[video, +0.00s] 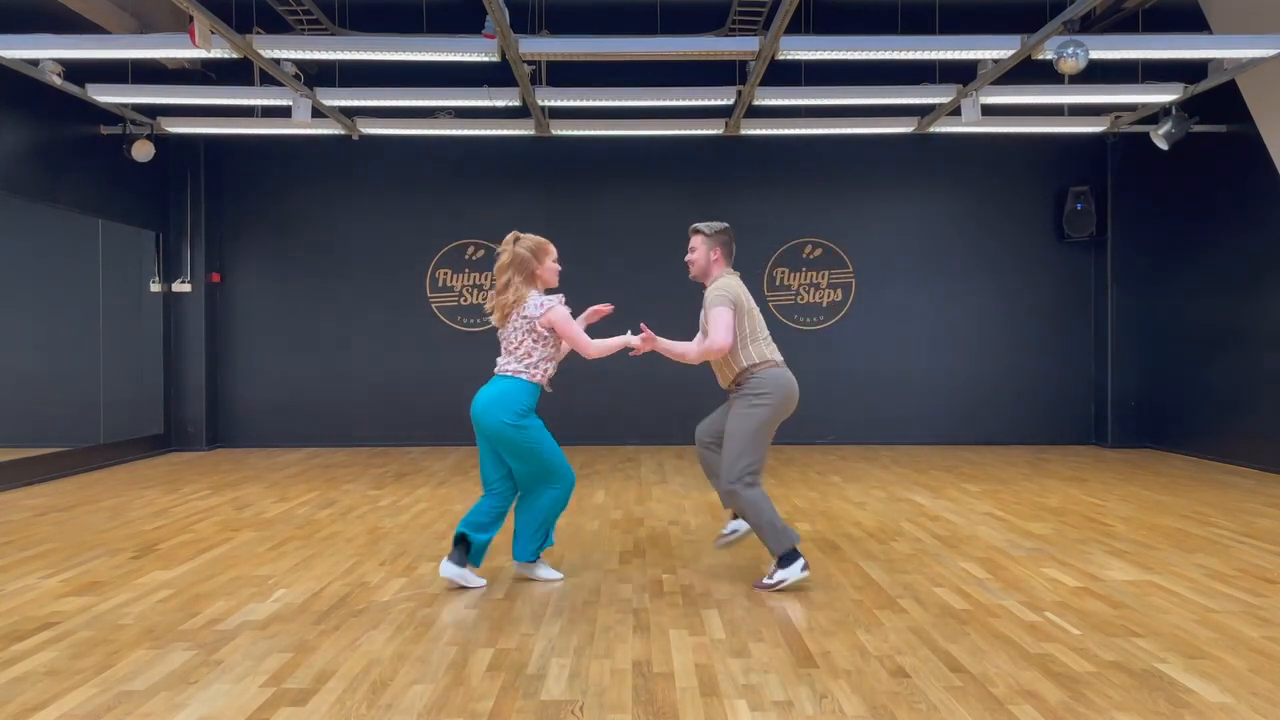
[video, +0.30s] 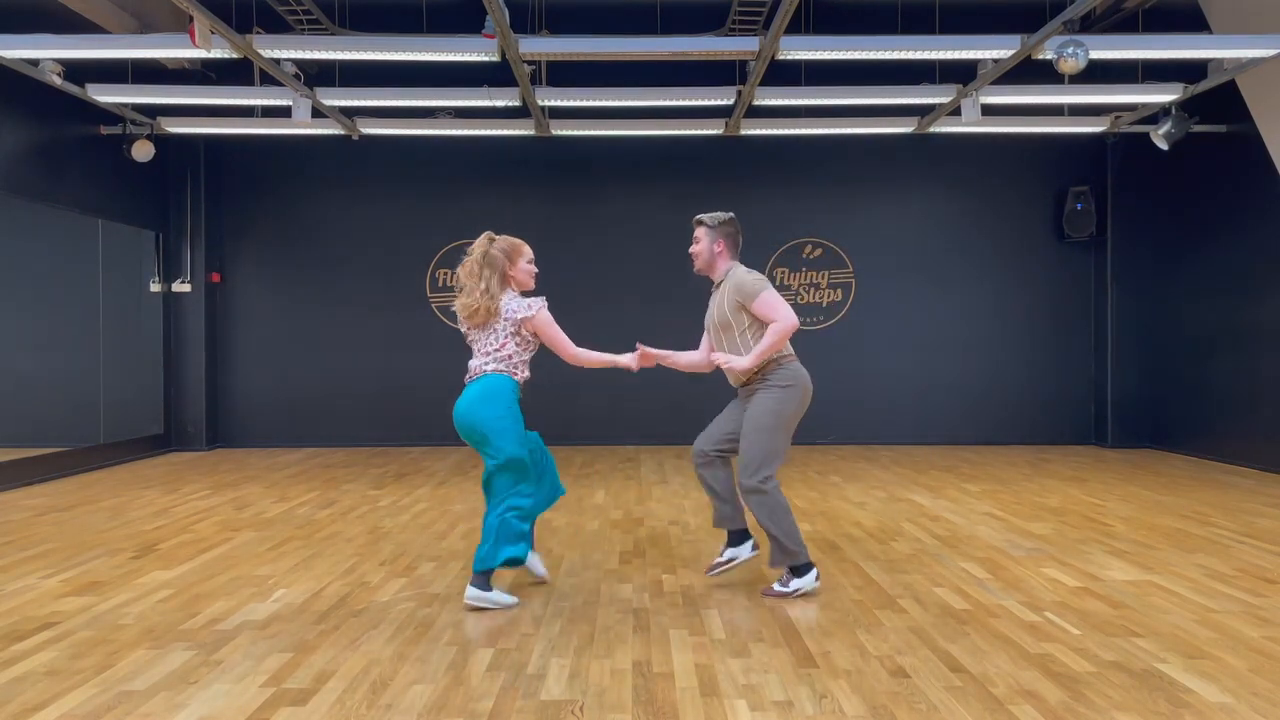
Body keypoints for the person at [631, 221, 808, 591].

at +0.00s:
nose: (687, 257)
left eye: (693, 250)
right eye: (688, 250)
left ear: (715, 255)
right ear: (714, 256)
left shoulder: (721, 288)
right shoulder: (720, 292)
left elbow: (721, 342)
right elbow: (695, 352)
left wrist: (693, 354)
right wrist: (656, 342)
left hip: (764, 384)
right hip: (756, 386)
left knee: (736, 480)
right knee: (707, 436)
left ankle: (789, 557)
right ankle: (741, 511)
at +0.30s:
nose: (690, 249)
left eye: (696, 241)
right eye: (692, 241)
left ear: (720, 247)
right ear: (713, 247)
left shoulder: (743, 280)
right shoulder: (718, 300)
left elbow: (786, 321)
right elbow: (704, 359)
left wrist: (748, 360)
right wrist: (659, 356)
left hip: (780, 382)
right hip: (752, 391)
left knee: (755, 477)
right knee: (707, 451)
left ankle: (801, 569)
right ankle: (739, 539)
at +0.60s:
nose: (677, 248)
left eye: (683, 240)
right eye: (678, 240)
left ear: (708, 241)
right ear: (701, 243)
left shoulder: (747, 280)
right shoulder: (675, 289)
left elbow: (742, 331)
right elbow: (645, 328)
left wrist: (682, 326)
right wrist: (611, 325)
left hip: (760, 380)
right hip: (724, 389)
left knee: (722, 459)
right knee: (708, 473)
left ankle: (710, 553)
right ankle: (738, 569)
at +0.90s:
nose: (655, 244)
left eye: (663, 237)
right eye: (654, 237)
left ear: (689, 242)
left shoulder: (693, 284)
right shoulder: (679, 282)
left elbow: (683, 355)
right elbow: (689, 337)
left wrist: (640, 354)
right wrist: (663, 330)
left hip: (727, 391)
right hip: (689, 395)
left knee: (720, 484)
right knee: (650, 475)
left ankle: (760, 559)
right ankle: (668, 546)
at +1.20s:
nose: (634, 219)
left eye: (644, 214)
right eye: (630, 211)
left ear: (660, 224)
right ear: (622, 214)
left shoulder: (651, 252)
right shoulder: (627, 256)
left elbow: (582, 238)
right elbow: (642, 295)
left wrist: (528, 203)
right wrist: (612, 295)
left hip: (681, 367)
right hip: (639, 377)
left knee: (727, 445)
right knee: (636, 465)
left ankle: (785, 519)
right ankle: (660, 545)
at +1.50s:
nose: (590, 246)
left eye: (596, 239)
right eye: (584, 241)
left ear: (615, 238)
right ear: (581, 248)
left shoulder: (630, 274)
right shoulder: (602, 283)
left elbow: (620, 265)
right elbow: (610, 344)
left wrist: (601, 211)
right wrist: (576, 353)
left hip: (630, 390)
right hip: (590, 384)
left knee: (620, 471)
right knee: (560, 459)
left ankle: (619, 535)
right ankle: (573, 535)